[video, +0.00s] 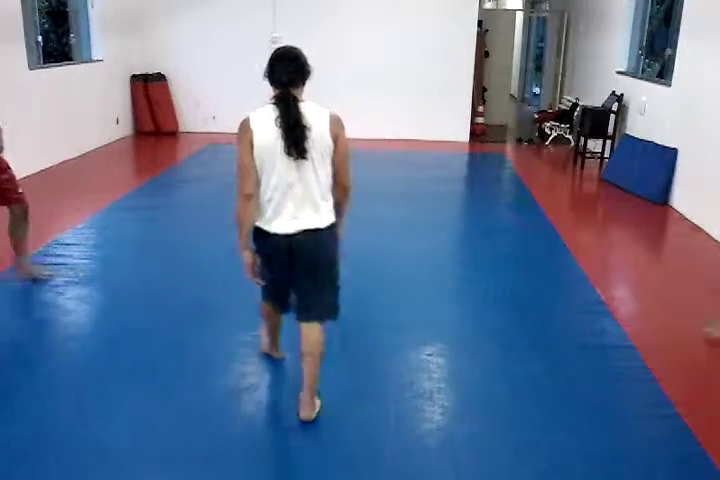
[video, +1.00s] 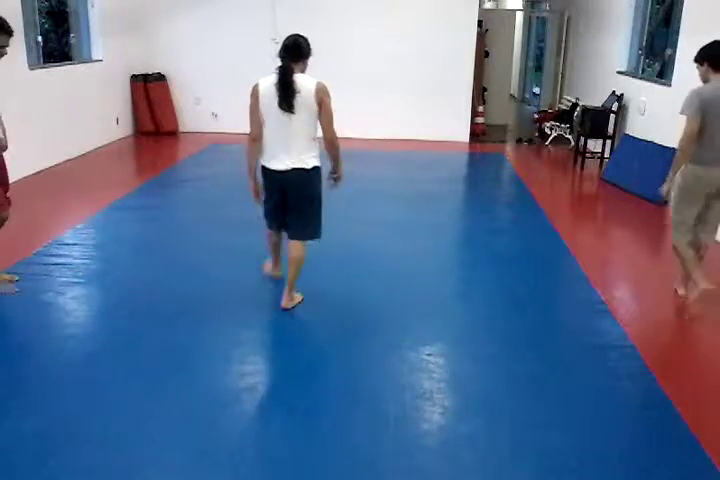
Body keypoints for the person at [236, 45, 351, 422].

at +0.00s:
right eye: (301, 76)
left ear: (269, 80)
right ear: (306, 80)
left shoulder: (252, 126)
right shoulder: (330, 122)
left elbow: (248, 192)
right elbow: (342, 184)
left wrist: (246, 246)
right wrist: (336, 224)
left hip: (272, 236)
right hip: (317, 236)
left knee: (273, 292)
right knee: (312, 316)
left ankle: (272, 343)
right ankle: (308, 401)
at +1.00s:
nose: (307, 63)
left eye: (305, 58)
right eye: (307, 58)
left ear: (281, 56)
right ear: (306, 59)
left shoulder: (260, 89)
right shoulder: (317, 89)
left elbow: (255, 137)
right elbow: (329, 137)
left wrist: (253, 177)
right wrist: (336, 165)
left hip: (272, 173)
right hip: (304, 174)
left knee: (273, 223)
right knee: (298, 236)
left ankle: (275, 264)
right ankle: (289, 294)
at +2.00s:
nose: (348, 63)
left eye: (350, 58)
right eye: (348, 57)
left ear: (333, 52)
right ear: (335, 52)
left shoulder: (318, 69)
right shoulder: (322, 75)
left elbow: (320, 114)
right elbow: (321, 115)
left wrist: (336, 140)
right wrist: (340, 144)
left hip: (315, 137)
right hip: (319, 139)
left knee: (330, 185)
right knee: (329, 189)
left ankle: (321, 226)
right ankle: (319, 243)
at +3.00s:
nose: (302, 62)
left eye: (306, 58)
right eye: (298, 58)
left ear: (314, 53)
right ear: (293, 54)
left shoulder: (327, 70)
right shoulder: (287, 70)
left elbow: (334, 101)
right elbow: (284, 100)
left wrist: (329, 127)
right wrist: (280, 130)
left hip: (321, 127)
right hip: (297, 127)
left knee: (331, 175)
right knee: (295, 174)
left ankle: (336, 216)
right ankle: (296, 211)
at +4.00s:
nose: (317, 60)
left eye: (321, 57)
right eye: (316, 56)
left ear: (333, 54)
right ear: (314, 52)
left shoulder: (344, 64)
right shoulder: (307, 68)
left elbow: (364, 63)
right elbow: (299, 100)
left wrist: (346, 40)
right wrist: (294, 130)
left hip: (336, 127)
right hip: (311, 126)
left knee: (343, 176)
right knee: (303, 174)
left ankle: (343, 214)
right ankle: (298, 211)